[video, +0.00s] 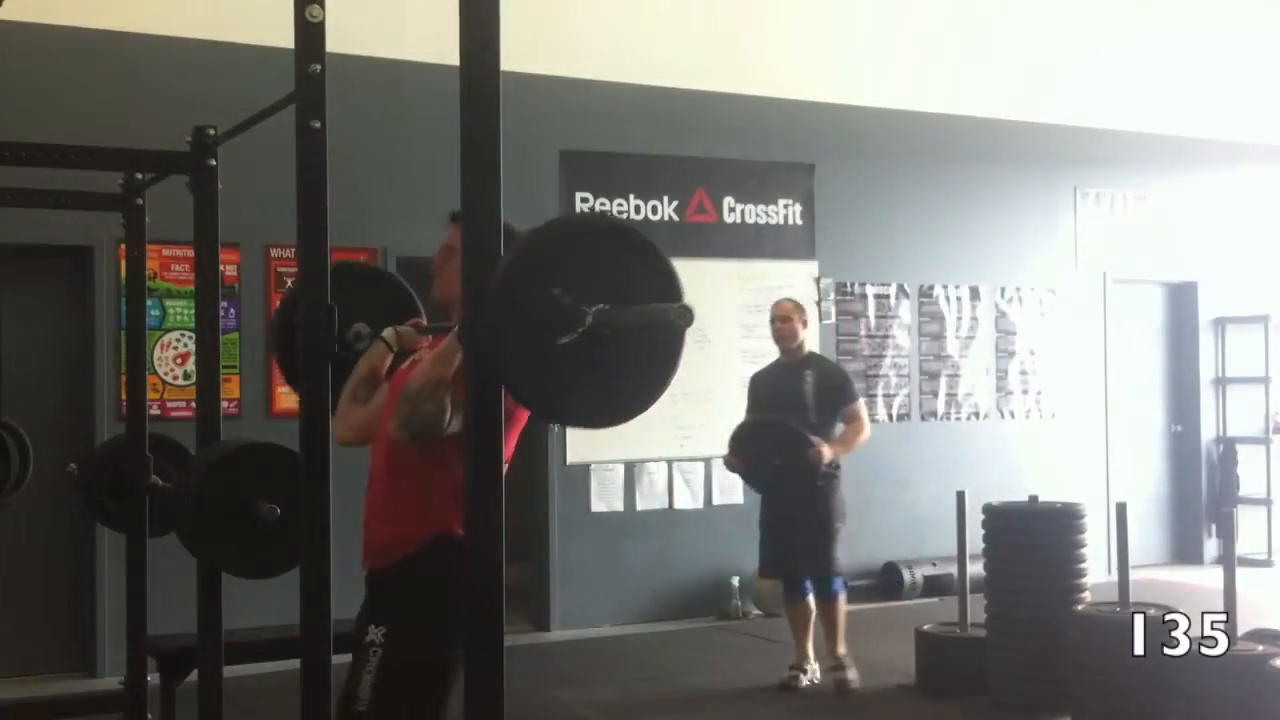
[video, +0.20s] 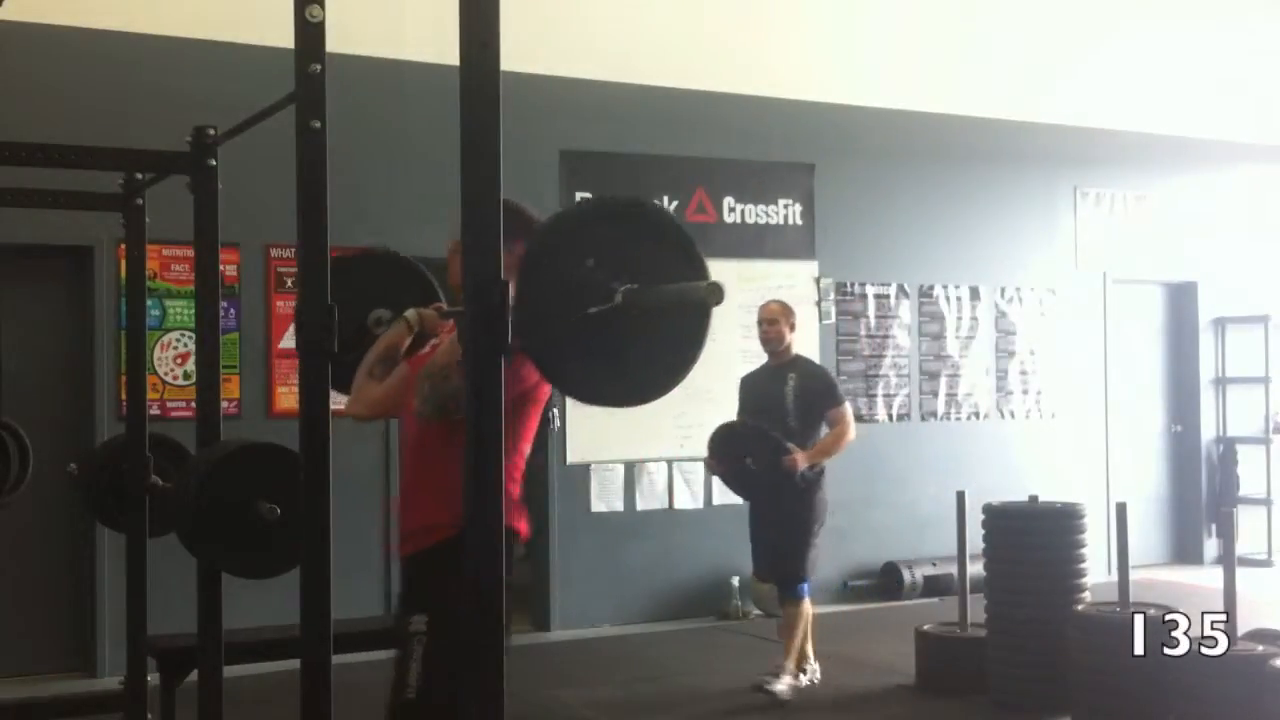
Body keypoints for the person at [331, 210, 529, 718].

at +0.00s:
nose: (435, 263)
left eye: (450, 253)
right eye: (440, 252)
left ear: (486, 267)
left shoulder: (503, 356)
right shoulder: (430, 352)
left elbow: (410, 424)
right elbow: (347, 427)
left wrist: (468, 329)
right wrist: (378, 354)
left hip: (439, 568)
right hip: (395, 568)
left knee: (380, 706)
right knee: (371, 703)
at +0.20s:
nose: (451, 258)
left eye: (464, 248)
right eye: (454, 249)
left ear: (510, 258)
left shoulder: (525, 337)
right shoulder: (449, 339)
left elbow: (436, 399)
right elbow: (363, 402)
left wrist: (450, 330)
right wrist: (396, 336)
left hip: (481, 537)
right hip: (433, 539)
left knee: (461, 687)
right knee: (442, 688)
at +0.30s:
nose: (485, 258)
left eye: (504, 245)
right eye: (480, 244)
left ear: (538, 253)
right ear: (468, 256)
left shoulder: (540, 339)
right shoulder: (452, 345)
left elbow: (463, 389)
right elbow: (374, 401)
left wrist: (459, 327)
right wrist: (405, 335)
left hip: (511, 536)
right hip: (450, 540)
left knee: (493, 692)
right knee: (444, 692)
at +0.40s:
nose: (488, 242)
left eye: (502, 231)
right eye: (489, 231)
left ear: (541, 244)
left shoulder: (553, 327)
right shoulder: (472, 331)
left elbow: (470, 393)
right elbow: (387, 397)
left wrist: (476, 319)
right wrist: (417, 332)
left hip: (522, 526)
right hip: (464, 527)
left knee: (502, 687)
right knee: (450, 683)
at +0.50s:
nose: (498, 236)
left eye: (512, 227)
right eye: (502, 226)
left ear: (553, 245)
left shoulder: (564, 328)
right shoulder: (481, 334)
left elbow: (500, 386)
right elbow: (404, 396)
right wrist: (435, 329)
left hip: (531, 534)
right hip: (473, 536)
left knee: (511, 693)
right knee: (469, 689)